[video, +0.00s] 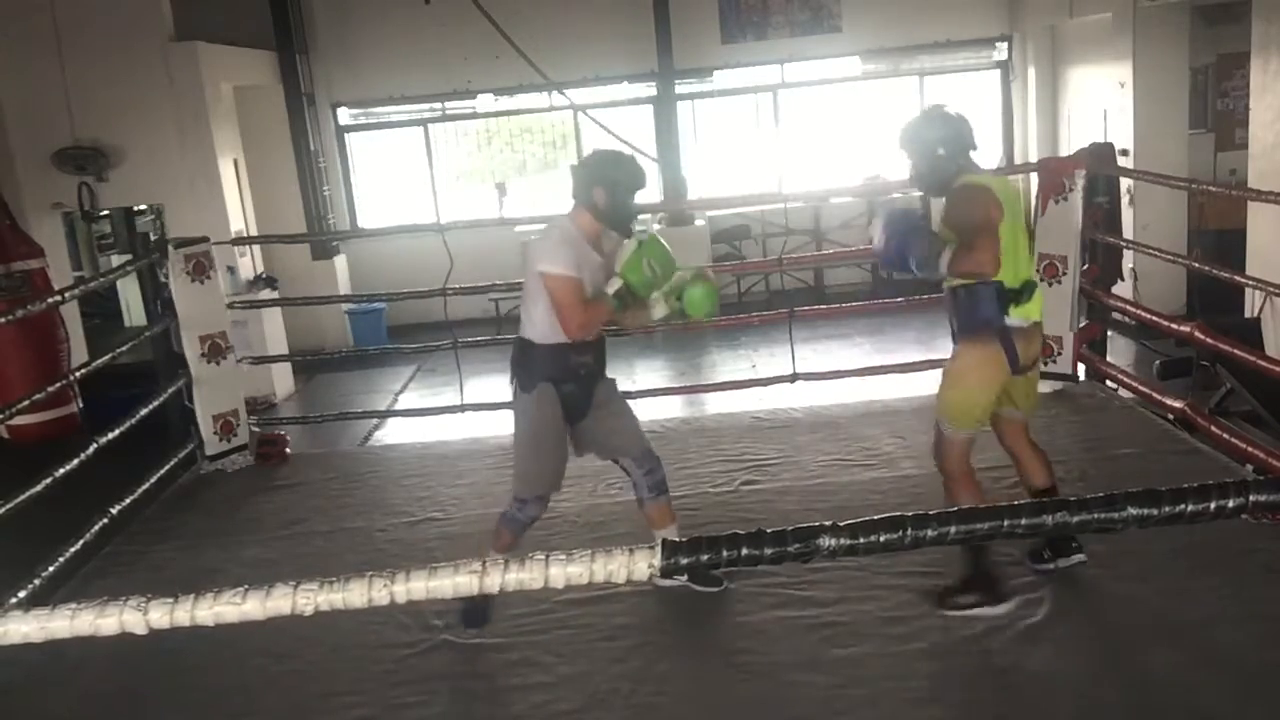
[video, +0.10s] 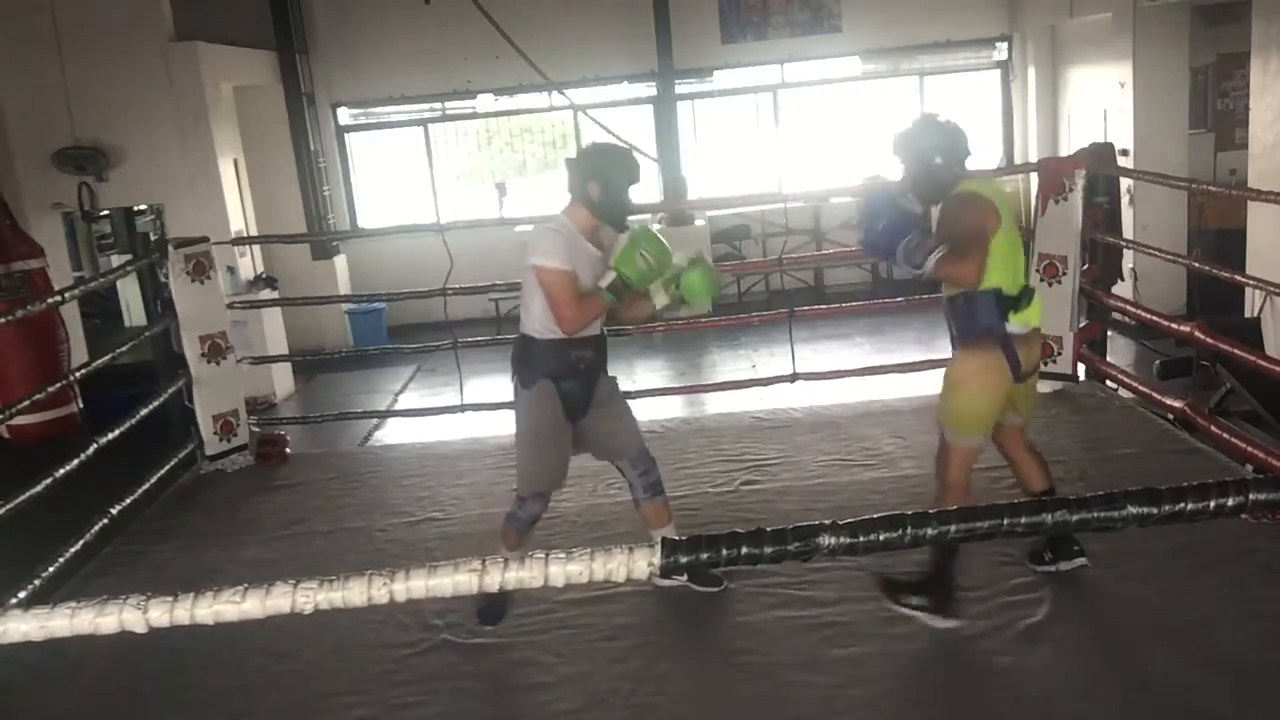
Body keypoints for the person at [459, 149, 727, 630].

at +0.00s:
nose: (634, 205)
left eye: (635, 196)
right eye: (628, 195)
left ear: (606, 196)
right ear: (598, 194)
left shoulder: (612, 246)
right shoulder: (553, 245)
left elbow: (620, 311)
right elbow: (576, 324)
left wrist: (667, 297)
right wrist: (623, 293)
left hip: (587, 374)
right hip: (540, 378)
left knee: (645, 465)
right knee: (534, 494)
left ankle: (674, 560)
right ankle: (485, 581)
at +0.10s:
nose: (629, 197)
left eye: (629, 187)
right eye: (621, 187)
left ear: (602, 190)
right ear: (592, 187)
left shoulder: (613, 244)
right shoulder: (549, 242)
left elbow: (622, 313)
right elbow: (570, 319)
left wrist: (669, 294)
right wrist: (621, 284)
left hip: (590, 372)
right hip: (542, 376)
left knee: (639, 463)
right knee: (536, 491)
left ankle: (673, 560)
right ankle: (500, 574)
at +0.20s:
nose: (614, 200)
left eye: (616, 189)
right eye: (606, 189)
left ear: (590, 189)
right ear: (575, 188)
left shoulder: (600, 242)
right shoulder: (538, 244)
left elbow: (636, 297)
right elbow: (559, 320)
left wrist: (672, 260)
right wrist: (611, 280)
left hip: (591, 375)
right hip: (542, 382)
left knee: (638, 466)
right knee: (535, 495)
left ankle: (673, 560)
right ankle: (509, 587)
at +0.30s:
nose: (599, 207)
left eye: (600, 197)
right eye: (591, 197)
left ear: (568, 198)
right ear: (558, 195)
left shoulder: (581, 246)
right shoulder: (518, 252)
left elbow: (638, 282)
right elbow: (544, 330)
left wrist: (654, 223)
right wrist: (596, 294)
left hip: (583, 383)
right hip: (532, 391)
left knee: (639, 469)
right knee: (527, 506)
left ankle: (673, 559)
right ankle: (508, 592)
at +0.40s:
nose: (587, 211)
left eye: (588, 200)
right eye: (578, 200)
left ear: (560, 200)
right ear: (547, 198)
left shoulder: (568, 245)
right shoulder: (503, 256)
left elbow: (637, 267)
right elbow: (532, 330)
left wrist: (633, 208)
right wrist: (585, 291)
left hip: (581, 380)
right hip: (528, 390)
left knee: (646, 469)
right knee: (523, 509)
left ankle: (673, 560)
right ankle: (507, 592)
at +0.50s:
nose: (589, 208)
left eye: (591, 196)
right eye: (580, 197)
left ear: (569, 197)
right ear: (548, 196)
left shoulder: (575, 243)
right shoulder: (505, 255)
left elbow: (641, 266)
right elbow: (536, 329)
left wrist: (638, 204)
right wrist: (589, 288)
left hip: (585, 379)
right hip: (531, 388)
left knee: (639, 469)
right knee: (523, 507)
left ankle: (689, 566)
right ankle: (507, 593)